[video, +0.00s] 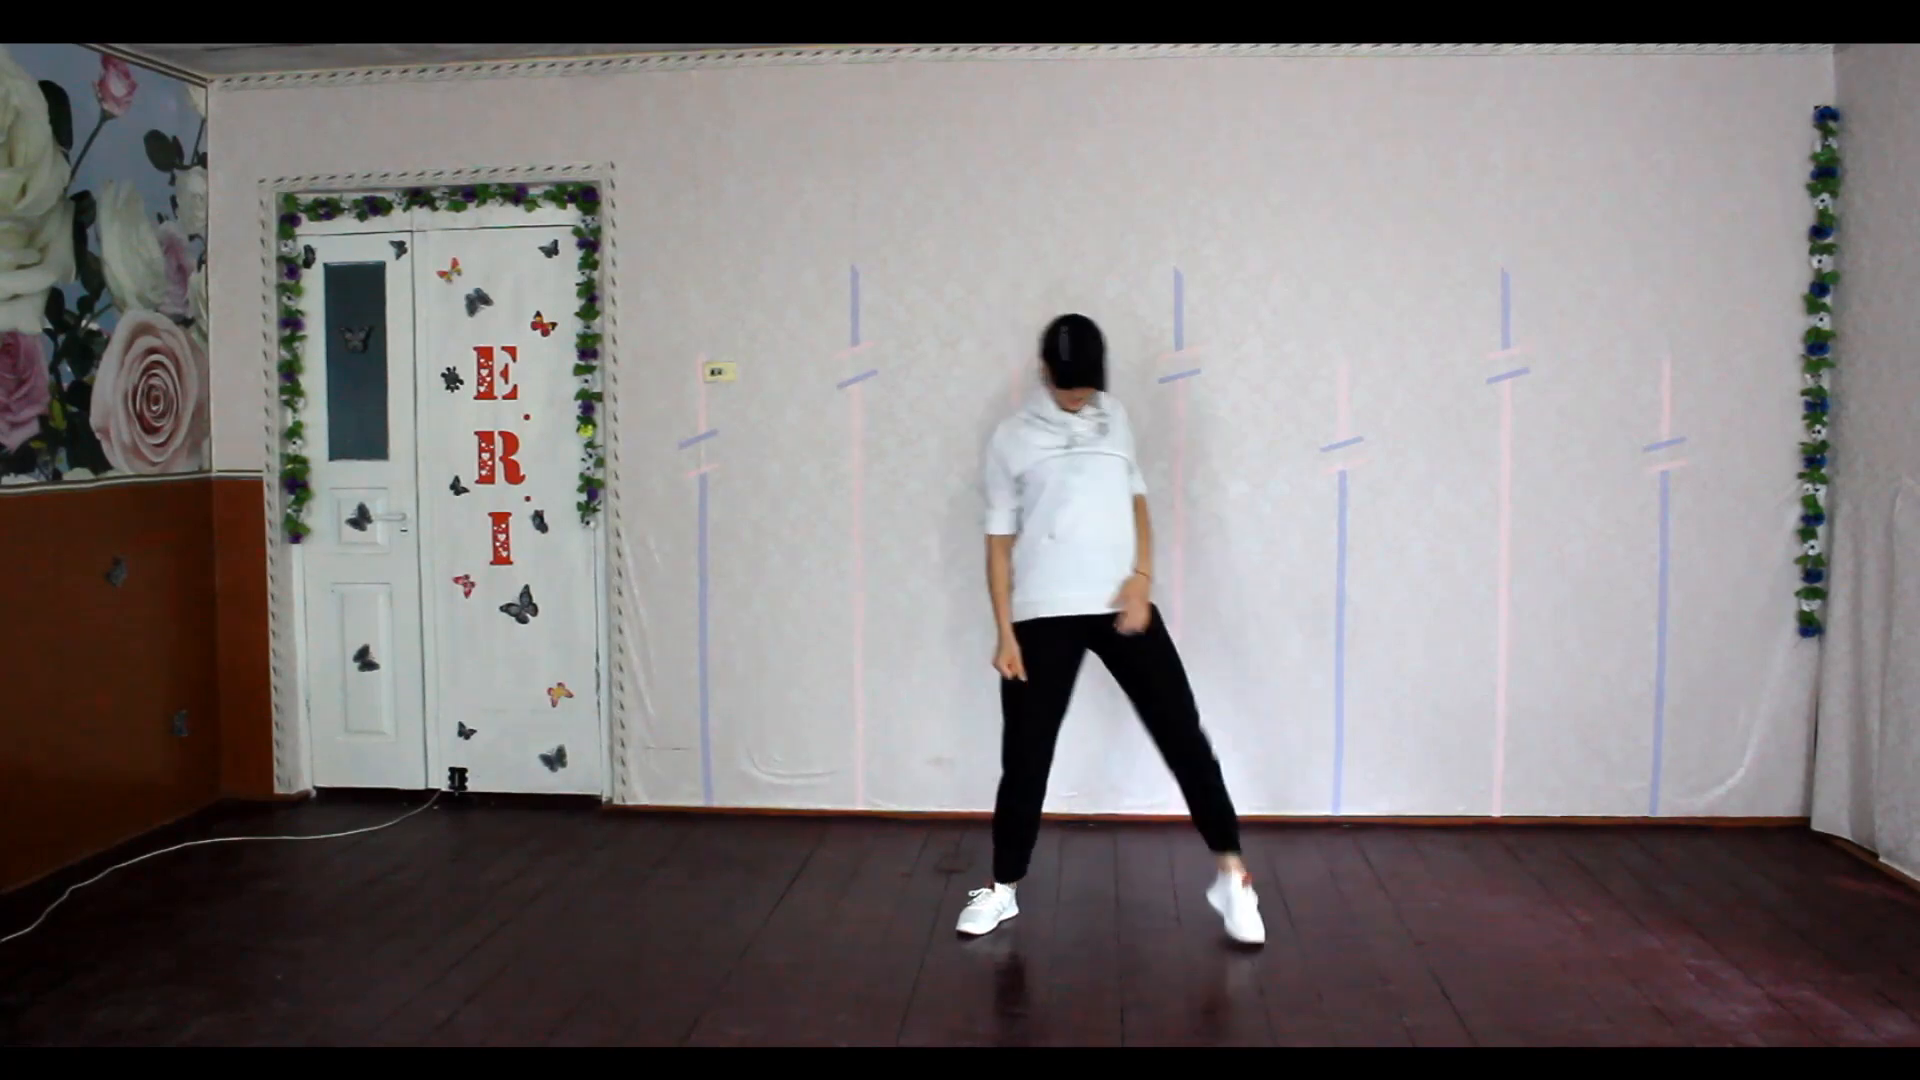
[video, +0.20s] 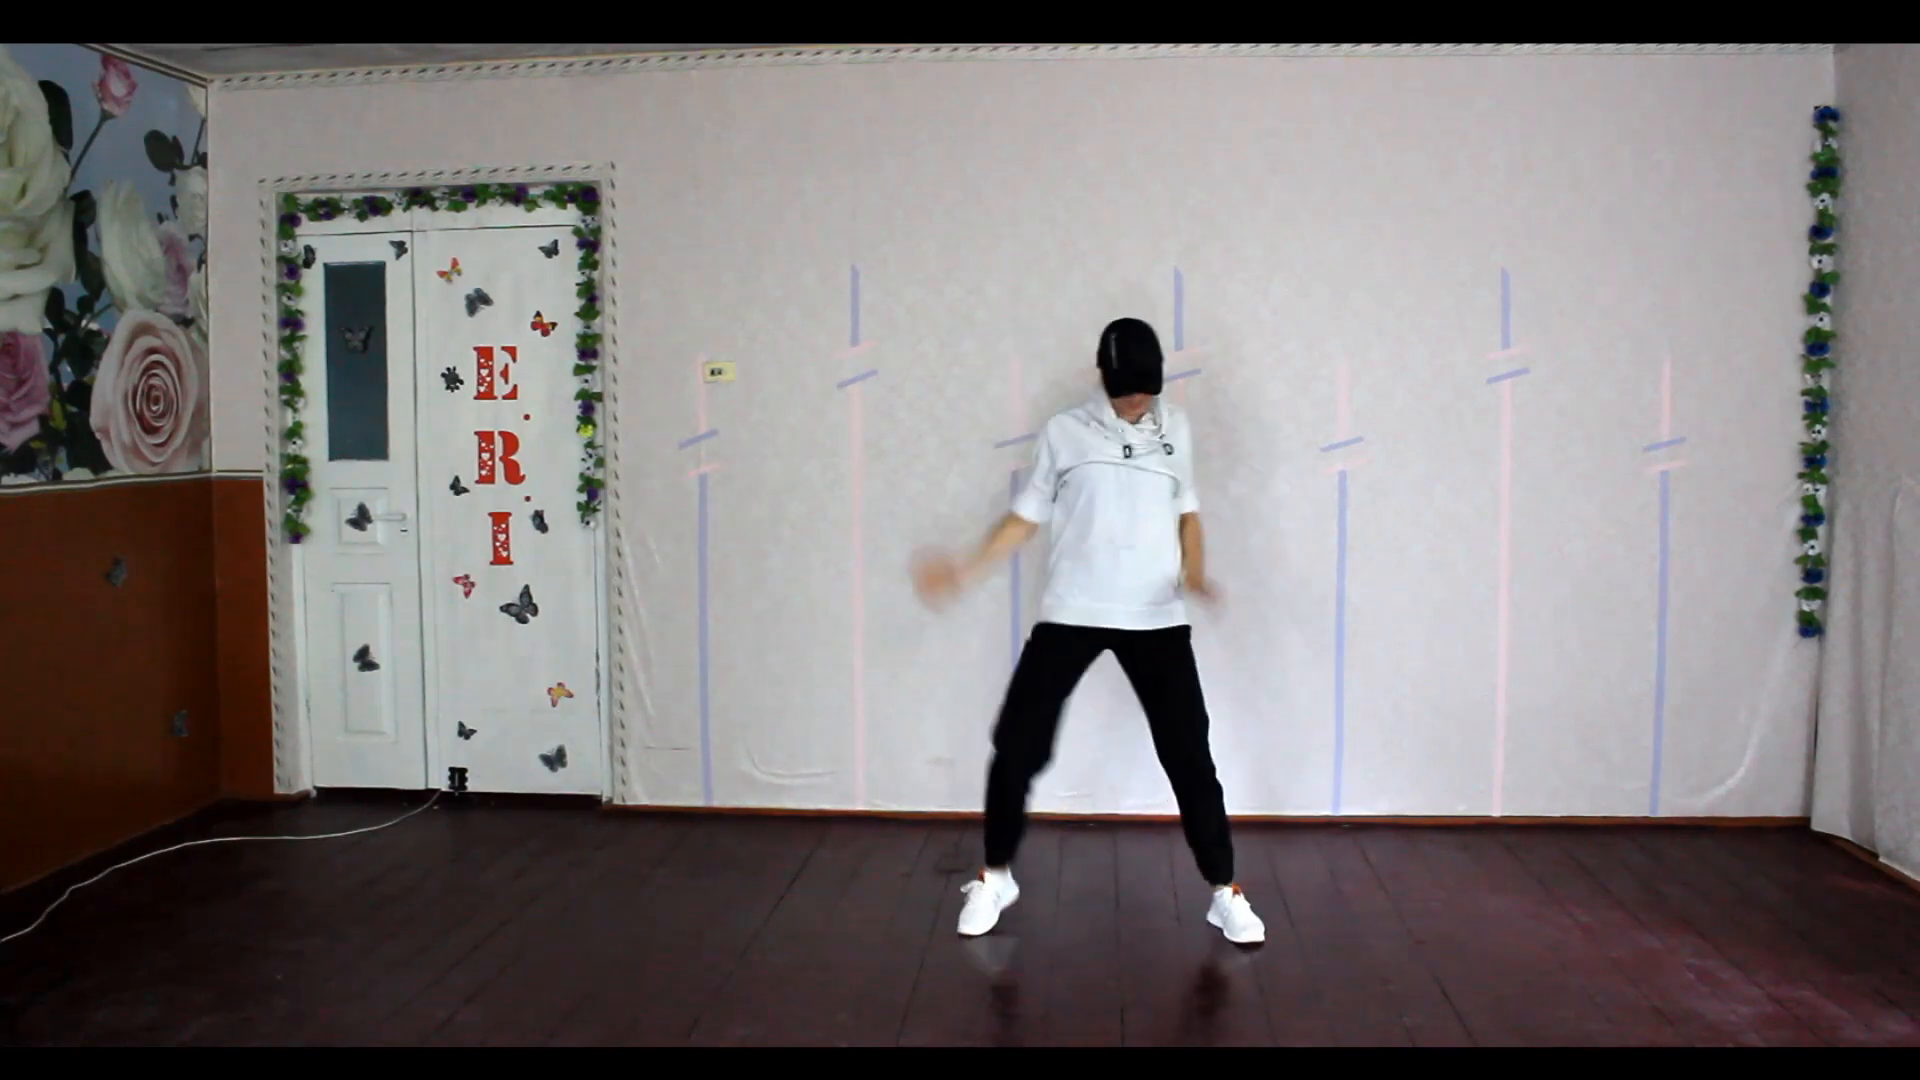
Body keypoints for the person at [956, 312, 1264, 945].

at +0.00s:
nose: (1081, 400)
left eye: (1090, 389)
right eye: (1070, 390)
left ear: (1102, 375)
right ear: (1047, 373)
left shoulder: (1113, 419)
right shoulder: (1012, 437)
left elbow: (1136, 502)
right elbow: (999, 542)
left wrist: (1141, 580)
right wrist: (1005, 632)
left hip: (1123, 611)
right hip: (1044, 619)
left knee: (1186, 743)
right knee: (1024, 761)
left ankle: (1236, 879)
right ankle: (1002, 888)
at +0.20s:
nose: (1133, 405)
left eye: (1143, 394)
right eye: (1122, 395)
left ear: (1159, 380)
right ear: (1103, 382)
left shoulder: (1174, 427)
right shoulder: (1066, 431)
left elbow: (1186, 505)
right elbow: (1026, 515)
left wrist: (1194, 572)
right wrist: (968, 570)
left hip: (1155, 618)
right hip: (1071, 616)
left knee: (1190, 756)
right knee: (1016, 744)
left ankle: (1225, 892)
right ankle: (995, 877)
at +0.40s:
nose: (1126, 453)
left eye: (1136, 443)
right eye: (1116, 442)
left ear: (1155, 424)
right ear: (1099, 423)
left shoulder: (1191, 460)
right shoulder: (1064, 455)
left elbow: (1248, 523)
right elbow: (975, 493)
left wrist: (1221, 591)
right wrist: (990, 548)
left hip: (1153, 634)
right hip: (1066, 628)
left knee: (1209, 761)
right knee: (986, 740)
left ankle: (1226, 892)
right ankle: (967, 874)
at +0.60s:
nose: (1116, 659)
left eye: (1126, 651)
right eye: (1106, 651)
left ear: (1145, 627)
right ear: (1086, 627)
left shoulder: (1171, 631)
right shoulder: (1050, 631)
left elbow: (1263, 673)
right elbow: (949, 666)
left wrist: (1222, 731)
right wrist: (969, 738)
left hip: (1141, 708)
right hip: (1055, 707)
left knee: (1218, 783)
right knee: (977, 784)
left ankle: (1226, 897)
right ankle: (967, 893)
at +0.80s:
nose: (1105, 631)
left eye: (1115, 623)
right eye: (1095, 623)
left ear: (1132, 602)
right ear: (1075, 602)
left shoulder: (1162, 608)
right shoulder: (1039, 612)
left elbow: (1241, 668)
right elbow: (948, 662)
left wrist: (1207, 739)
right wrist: (957, 737)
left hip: (1138, 701)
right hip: (1048, 700)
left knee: (1203, 784)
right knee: (964, 780)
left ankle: (1223, 897)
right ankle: (968, 893)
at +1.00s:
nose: (1084, 368)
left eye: (1095, 357)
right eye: (1074, 357)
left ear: (1114, 347)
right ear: (1057, 348)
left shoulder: (1146, 397)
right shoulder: (1036, 395)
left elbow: (1139, 504)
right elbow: (1024, 501)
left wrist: (1111, 600)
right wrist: (1012, 597)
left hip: (1133, 585)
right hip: (1052, 585)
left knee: (1172, 724)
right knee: (1017, 722)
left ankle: (1226, 856)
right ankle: (968, 845)